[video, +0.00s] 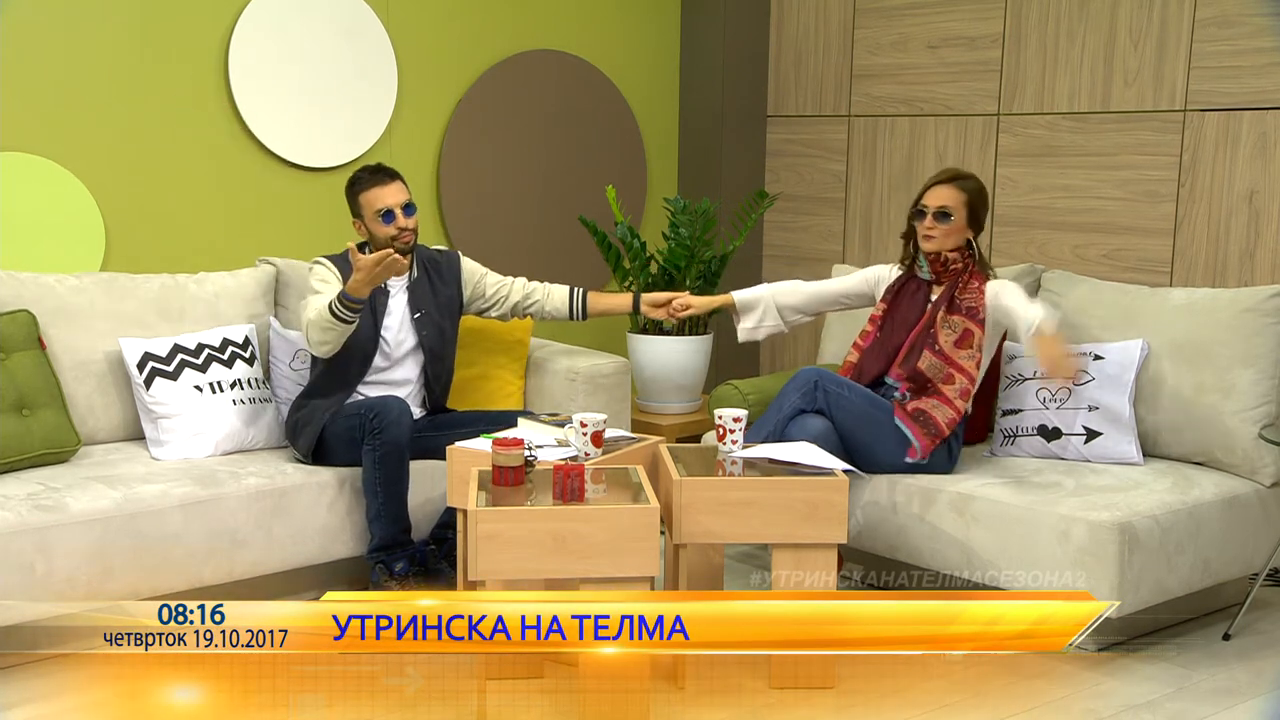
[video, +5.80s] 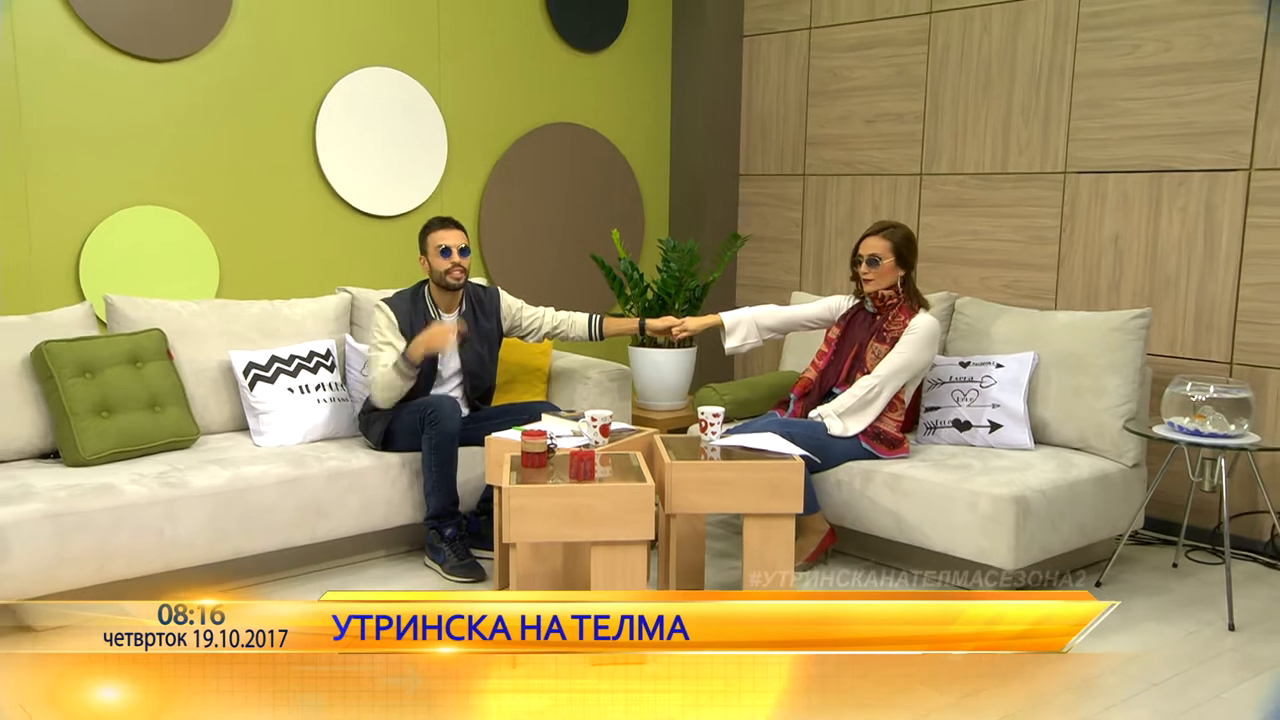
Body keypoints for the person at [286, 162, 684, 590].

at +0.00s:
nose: (403, 224)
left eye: (408, 210)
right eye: (387, 216)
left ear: (416, 211)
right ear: (360, 225)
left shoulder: (447, 270)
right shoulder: (332, 274)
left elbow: (529, 297)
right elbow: (320, 342)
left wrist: (639, 302)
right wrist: (358, 288)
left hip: (418, 421)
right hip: (331, 424)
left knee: (520, 430)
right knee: (391, 412)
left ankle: (440, 550)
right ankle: (391, 561)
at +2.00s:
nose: (437, 228)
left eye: (441, 215)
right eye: (421, 219)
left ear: (448, 215)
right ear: (389, 228)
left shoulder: (465, 276)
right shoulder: (347, 276)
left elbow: (548, 301)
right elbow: (308, 362)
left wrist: (654, 300)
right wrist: (350, 304)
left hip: (417, 420)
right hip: (331, 422)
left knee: (515, 431)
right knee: (393, 410)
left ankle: (444, 550)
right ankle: (393, 558)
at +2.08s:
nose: (440, 227)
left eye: (443, 215)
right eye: (424, 219)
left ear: (449, 216)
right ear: (390, 228)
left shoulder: (464, 276)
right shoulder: (345, 280)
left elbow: (547, 301)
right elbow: (307, 369)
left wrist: (654, 300)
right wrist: (354, 323)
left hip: (417, 421)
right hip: (331, 422)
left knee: (515, 431)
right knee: (393, 410)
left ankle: (444, 550)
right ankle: (392, 559)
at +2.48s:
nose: (443, 228)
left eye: (443, 215)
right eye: (428, 219)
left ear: (443, 215)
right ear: (389, 230)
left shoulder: (456, 275)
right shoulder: (334, 284)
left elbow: (533, 309)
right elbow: (306, 379)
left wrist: (637, 324)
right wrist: (369, 382)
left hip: (420, 420)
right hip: (333, 424)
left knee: (525, 431)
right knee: (391, 412)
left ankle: (440, 553)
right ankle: (393, 561)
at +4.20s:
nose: (431, 281)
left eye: (441, 270)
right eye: (420, 271)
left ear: (450, 259)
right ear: (398, 260)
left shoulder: (470, 295)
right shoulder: (361, 307)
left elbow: (544, 318)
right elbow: (318, 387)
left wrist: (638, 320)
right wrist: (371, 394)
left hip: (440, 426)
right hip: (367, 428)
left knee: (527, 420)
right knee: (411, 427)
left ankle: (464, 548)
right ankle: (425, 557)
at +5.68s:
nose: (457, 262)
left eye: (464, 253)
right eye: (445, 254)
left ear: (471, 258)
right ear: (424, 263)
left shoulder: (490, 302)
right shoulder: (392, 312)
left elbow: (559, 323)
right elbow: (360, 390)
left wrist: (643, 325)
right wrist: (396, 381)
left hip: (463, 419)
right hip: (393, 422)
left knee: (546, 416)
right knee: (443, 408)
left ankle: (483, 524)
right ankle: (442, 537)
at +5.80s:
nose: (456, 260)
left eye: (463, 251)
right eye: (444, 252)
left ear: (470, 257)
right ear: (424, 261)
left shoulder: (489, 301)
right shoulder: (394, 312)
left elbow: (556, 323)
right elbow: (382, 393)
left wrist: (642, 325)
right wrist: (416, 350)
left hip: (464, 418)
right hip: (394, 421)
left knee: (547, 415)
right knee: (444, 406)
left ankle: (485, 521)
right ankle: (443, 534)